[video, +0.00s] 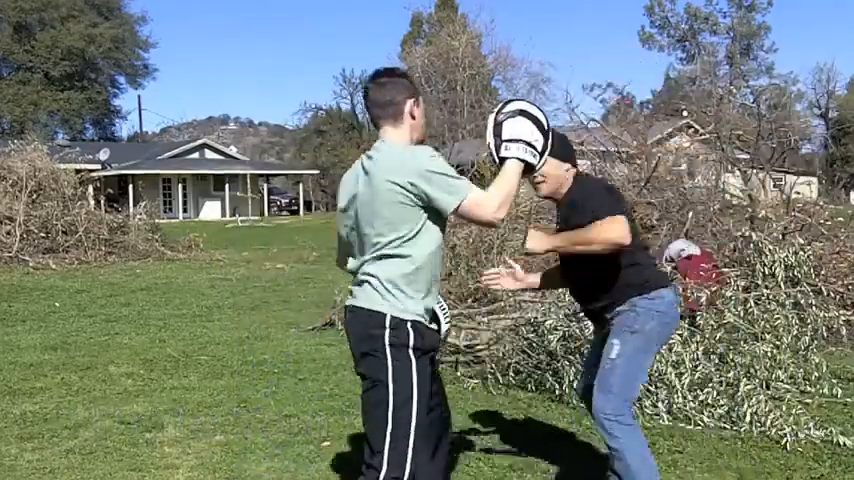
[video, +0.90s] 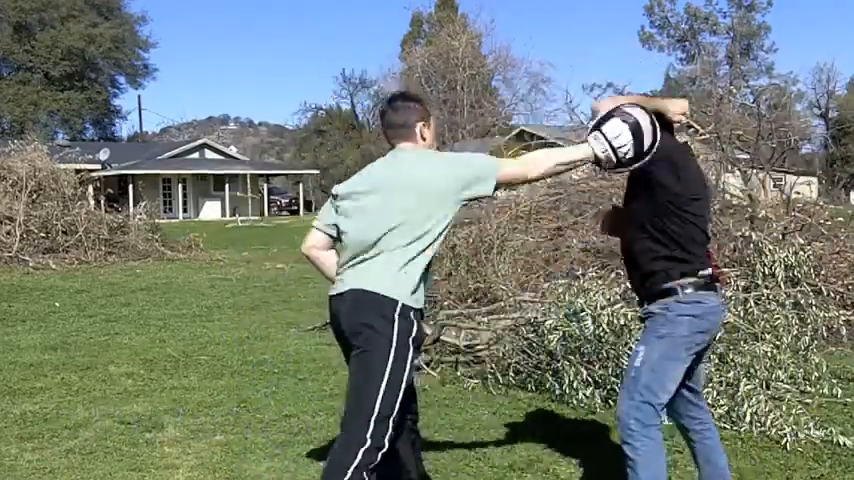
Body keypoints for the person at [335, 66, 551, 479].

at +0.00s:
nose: (424, 113)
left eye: (420, 105)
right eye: (422, 105)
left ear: (372, 116)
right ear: (413, 109)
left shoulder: (354, 175)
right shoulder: (415, 161)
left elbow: (347, 254)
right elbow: (493, 210)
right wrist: (518, 153)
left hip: (373, 314)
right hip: (397, 321)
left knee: (432, 435)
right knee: (397, 454)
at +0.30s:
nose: (390, 97)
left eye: (386, 88)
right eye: (385, 88)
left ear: (338, 100)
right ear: (371, 93)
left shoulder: (324, 166)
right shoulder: (387, 154)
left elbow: (323, 239)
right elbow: (471, 197)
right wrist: (530, 149)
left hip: (354, 314)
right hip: (384, 320)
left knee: (411, 446)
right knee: (387, 457)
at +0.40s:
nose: (390, 96)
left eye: (385, 87)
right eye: (385, 88)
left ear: (343, 105)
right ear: (370, 97)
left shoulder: (333, 162)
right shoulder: (376, 167)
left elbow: (335, 249)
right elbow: (438, 240)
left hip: (361, 317)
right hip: (375, 323)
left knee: (417, 427)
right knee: (380, 455)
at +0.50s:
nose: (411, 101)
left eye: (407, 91)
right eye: (405, 92)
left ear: (372, 106)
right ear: (386, 103)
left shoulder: (357, 157)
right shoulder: (374, 172)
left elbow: (346, 246)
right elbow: (386, 270)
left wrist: (404, 295)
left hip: (376, 316)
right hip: (359, 320)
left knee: (416, 427)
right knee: (375, 452)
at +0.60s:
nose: (425, 110)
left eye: (422, 101)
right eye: (419, 101)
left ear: (390, 111)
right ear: (400, 109)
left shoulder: (370, 162)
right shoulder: (384, 174)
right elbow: (377, 261)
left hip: (367, 315)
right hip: (357, 321)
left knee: (409, 433)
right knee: (370, 453)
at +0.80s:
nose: (436, 127)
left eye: (434, 119)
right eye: (433, 119)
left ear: (387, 129)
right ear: (421, 121)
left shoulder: (354, 182)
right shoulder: (419, 162)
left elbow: (313, 236)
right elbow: (452, 181)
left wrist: (352, 278)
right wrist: (506, 168)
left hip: (348, 307)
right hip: (385, 309)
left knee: (404, 430)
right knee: (376, 442)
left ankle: (410, 472)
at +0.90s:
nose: (436, 135)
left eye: (433, 128)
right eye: (433, 128)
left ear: (387, 136)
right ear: (423, 131)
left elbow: (314, 245)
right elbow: (526, 168)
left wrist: (356, 285)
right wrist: (594, 147)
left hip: (343, 304)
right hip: (389, 304)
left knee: (398, 420)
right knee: (367, 432)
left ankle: (409, 475)